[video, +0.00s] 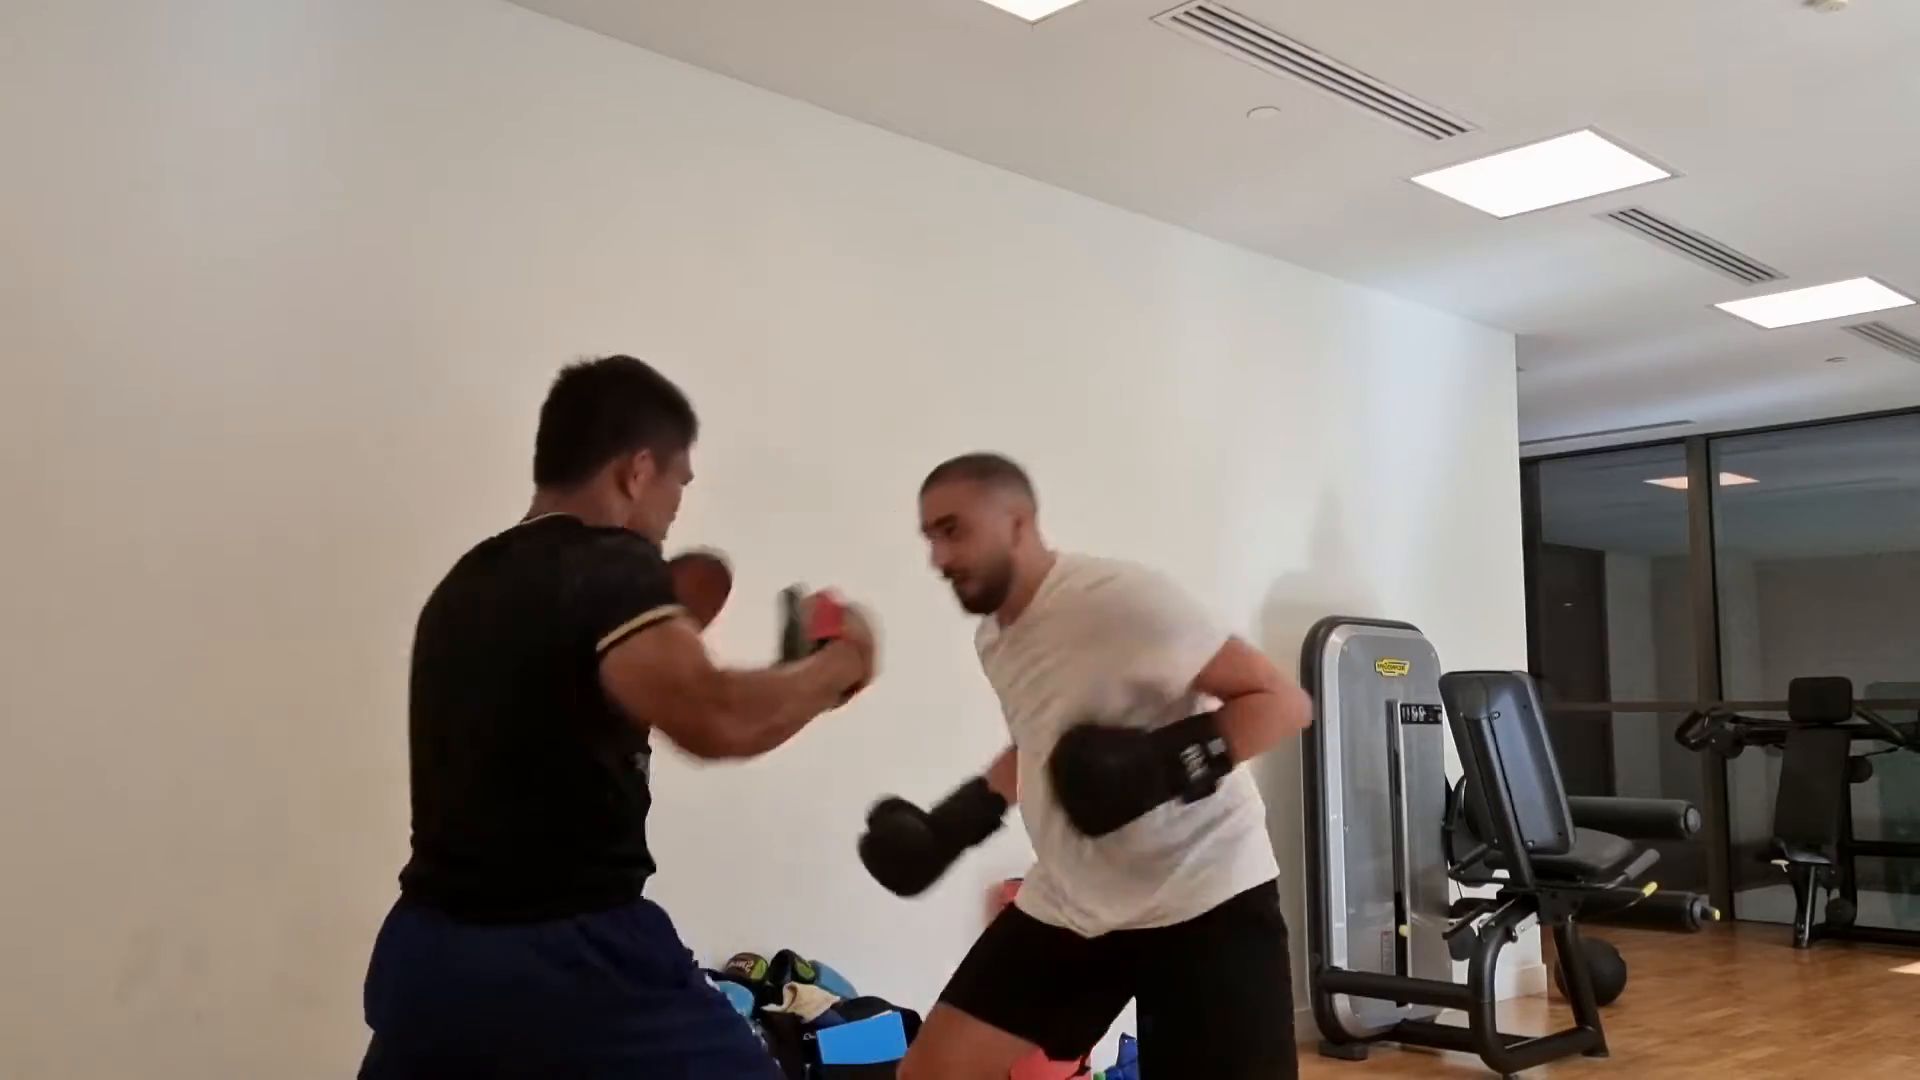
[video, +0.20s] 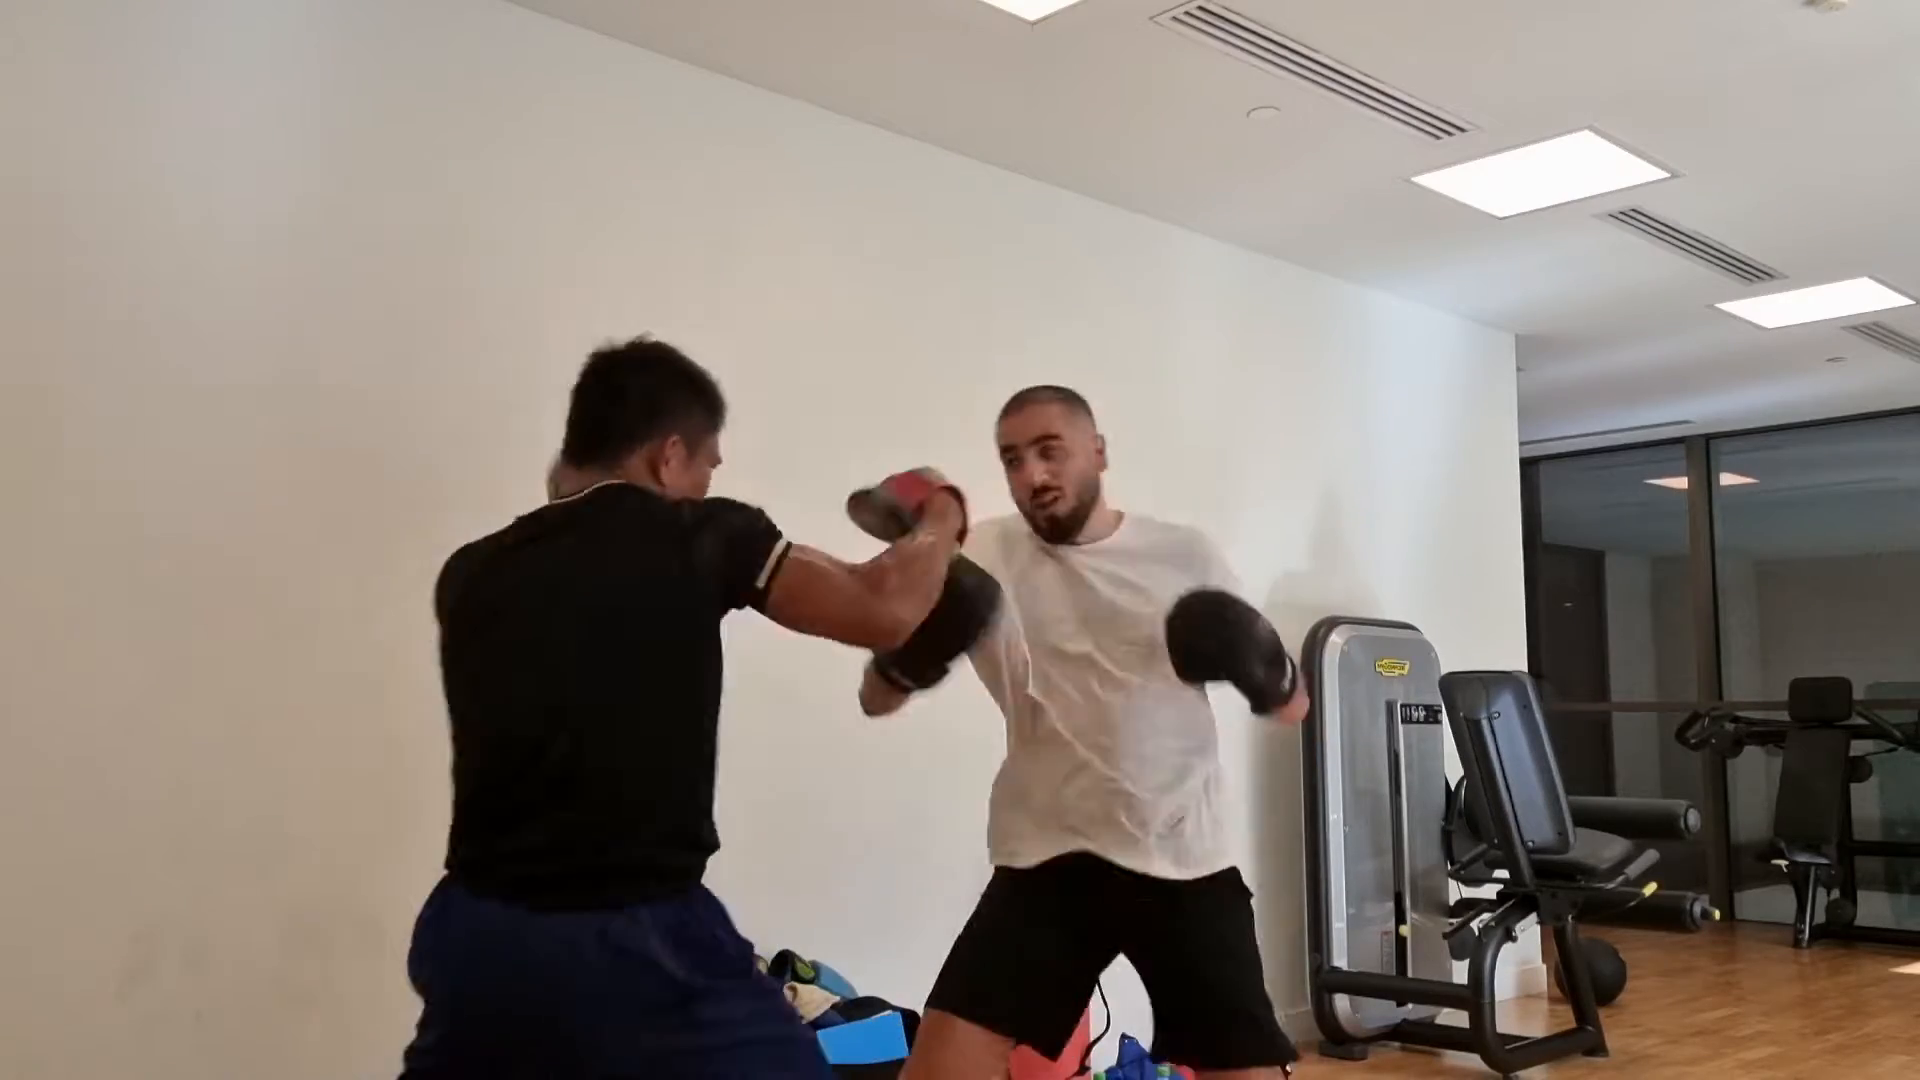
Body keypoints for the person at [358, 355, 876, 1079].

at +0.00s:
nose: (677, 510)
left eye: (685, 487)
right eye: (681, 484)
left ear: (551, 466)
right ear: (636, 472)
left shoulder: (462, 585)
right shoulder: (605, 565)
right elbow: (717, 721)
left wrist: (656, 621)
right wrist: (844, 664)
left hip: (431, 960)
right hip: (584, 965)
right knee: (740, 1063)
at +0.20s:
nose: (708, 488)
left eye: (713, 469)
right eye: (708, 467)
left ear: (573, 453)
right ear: (668, 456)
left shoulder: (468, 572)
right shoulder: (694, 532)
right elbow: (884, 610)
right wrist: (942, 519)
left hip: (476, 949)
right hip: (652, 951)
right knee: (789, 1060)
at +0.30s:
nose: (771, 482)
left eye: (777, 450)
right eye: (773, 446)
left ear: (644, 426)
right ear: (727, 435)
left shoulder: (570, 544)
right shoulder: (686, 538)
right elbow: (766, 717)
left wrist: (821, 643)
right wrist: (861, 604)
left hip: (510, 914)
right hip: (642, 935)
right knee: (797, 1062)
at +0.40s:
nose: (796, 478)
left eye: (803, 457)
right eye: (799, 454)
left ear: (670, 435)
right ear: (757, 447)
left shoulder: (594, 550)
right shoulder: (695, 561)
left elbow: (740, 693)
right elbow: (784, 755)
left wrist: (801, 547)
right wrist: (855, 637)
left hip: (499, 918)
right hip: (629, 947)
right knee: (787, 1064)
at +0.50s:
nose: (745, 482)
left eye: (754, 466)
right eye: (747, 461)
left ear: (614, 436)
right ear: (706, 449)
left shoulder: (523, 559)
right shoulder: (707, 555)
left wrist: (738, 527)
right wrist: (912, 600)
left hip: (463, 941)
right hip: (622, 958)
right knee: (777, 1063)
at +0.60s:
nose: (655, 494)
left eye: (662, 472)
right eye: (653, 469)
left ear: (514, 452)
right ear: (596, 457)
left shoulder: (409, 575)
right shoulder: (637, 546)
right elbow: (842, 596)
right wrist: (1001, 626)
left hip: (423, 972)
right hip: (596, 973)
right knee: (754, 1066)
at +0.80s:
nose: (653, 500)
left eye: (657, 474)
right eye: (651, 472)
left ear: (514, 465)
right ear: (597, 467)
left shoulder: (425, 588)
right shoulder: (617, 569)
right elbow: (783, 696)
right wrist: (914, 640)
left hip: (404, 988)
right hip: (575, 995)